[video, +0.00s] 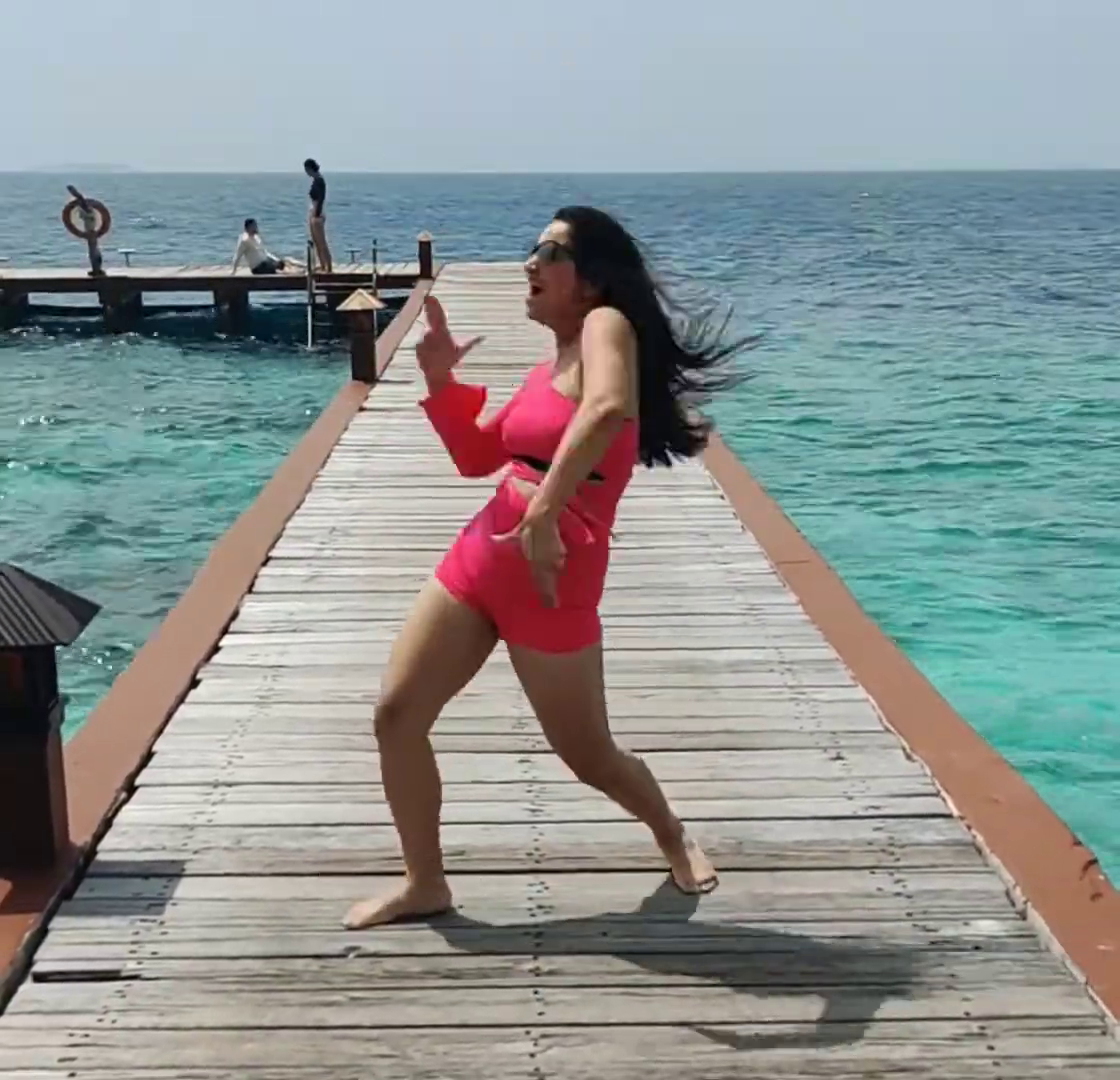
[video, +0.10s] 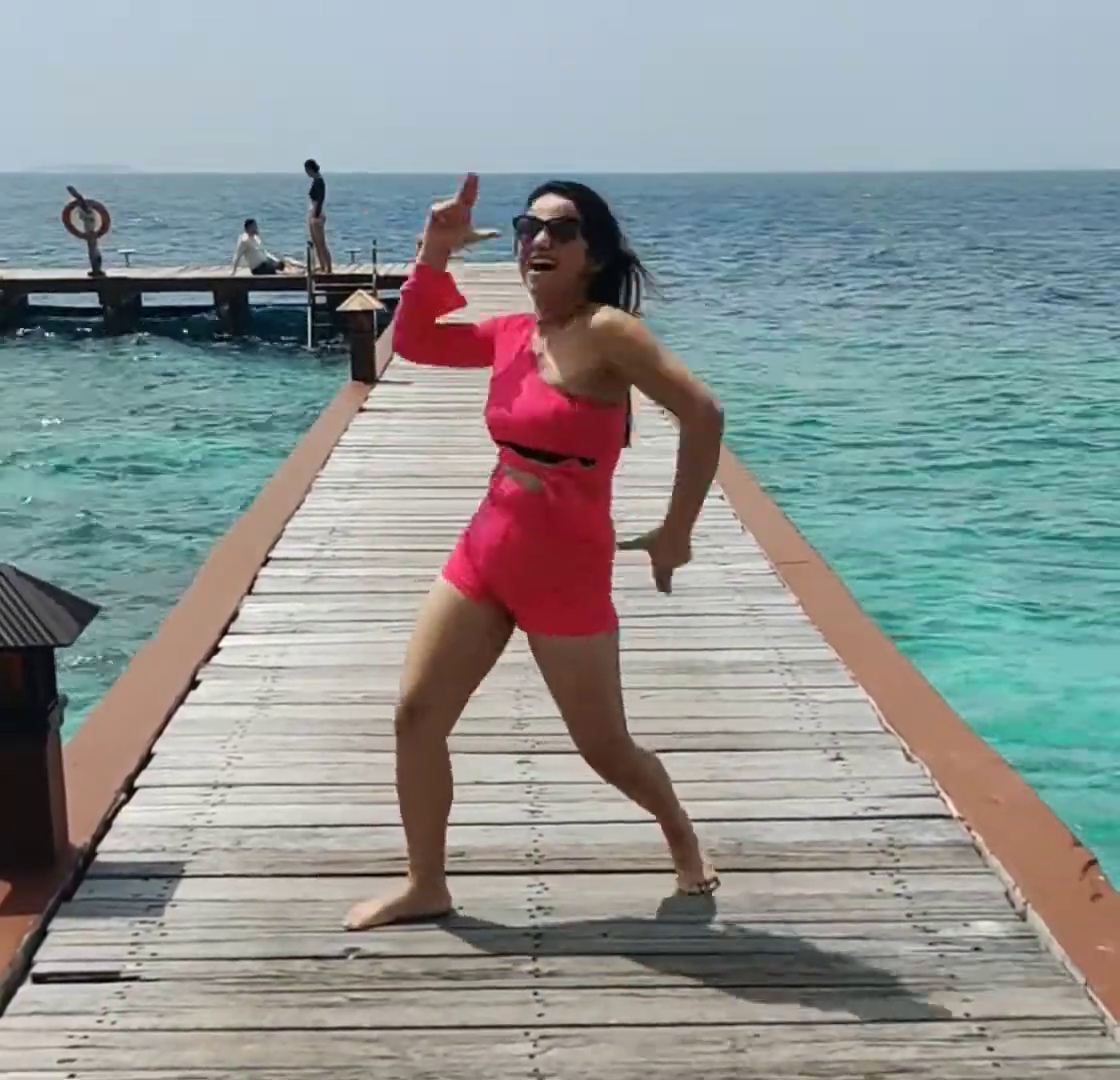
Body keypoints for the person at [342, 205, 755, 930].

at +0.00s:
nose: (529, 267)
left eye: (546, 257)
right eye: (533, 254)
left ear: (589, 276)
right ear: (559, 276)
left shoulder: (604, 326)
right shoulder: (558, 360)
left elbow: (608, 408)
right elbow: (476, 456)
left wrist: (542, 512)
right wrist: (439, 377)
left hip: (553, 573)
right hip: (486, 552)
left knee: (589, 755)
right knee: (398, 714)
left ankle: (673, 838)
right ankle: (425, 881)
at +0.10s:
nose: (539, 240)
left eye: (561, 229)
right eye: (528, 228)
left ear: (596, 252)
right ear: (517, 245)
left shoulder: (610, 335)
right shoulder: (511, 331)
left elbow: (702, 415)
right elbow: (415, 341)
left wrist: (677, 529)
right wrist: (435, 255)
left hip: (566, 566)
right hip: (489, 549)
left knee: (605, 748)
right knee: (417, 716)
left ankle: (678, 831)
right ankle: (426, 885)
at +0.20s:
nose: (563, 233)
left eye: (581, 219)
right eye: (548, 219)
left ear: (611, 236)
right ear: (529, 231)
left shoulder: (636, 327)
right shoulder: (507, 287)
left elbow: (755, 368)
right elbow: (416, 227)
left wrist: (725, 475)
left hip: (594, 554)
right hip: (506, 547)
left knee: (624, 739)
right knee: (440, 716)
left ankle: (690, 812)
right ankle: (426, 884)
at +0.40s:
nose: (603, 283)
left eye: (622, 267)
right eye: (587, 267)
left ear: (650, 277)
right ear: (568, 275)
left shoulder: (678, 373)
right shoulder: (537, 331)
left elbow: (792, 414)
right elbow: (424, 285)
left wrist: (763, 511)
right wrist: (317, 254)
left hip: (657, 584)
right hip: (564, 586)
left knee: (677, 758)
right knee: (464, 730)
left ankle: (706, 867)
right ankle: (428, 888)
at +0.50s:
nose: (626, 291)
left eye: (645, 274)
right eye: (609, 277)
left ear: (675, 287)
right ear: (591, 288)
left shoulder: (697, 390)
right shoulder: (558, 345)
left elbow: (770, 488)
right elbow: (432, 353)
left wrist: (704, 555)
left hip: (673, 598)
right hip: (581, 596)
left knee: (687, 759)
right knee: (477, 731)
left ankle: (704, 868)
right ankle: (429, 887)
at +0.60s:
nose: (649, 281)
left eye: (665, 265)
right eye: (632, 268)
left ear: (692, 272)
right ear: (613, 276)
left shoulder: (705, 390)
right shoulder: (573, 341)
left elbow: (693, 517)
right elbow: (485, 402)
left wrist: (620, 535)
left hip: (678, 586)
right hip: (583, 584)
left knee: (690, 758)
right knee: (484, 730)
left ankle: (705, 866)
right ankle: (427, 888)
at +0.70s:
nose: (606, 233)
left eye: (627, 222)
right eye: (604, 222)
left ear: (668, 244)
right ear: (602, 239)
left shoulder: (690, 352)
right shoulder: (576, 318)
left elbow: (633, 453)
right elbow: (576, 417)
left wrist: (620, 341)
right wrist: (586, 469)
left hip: (665, 560)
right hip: (574, 555)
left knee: (682, 733)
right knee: (476, 714)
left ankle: (707, 864)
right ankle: (417, 867)